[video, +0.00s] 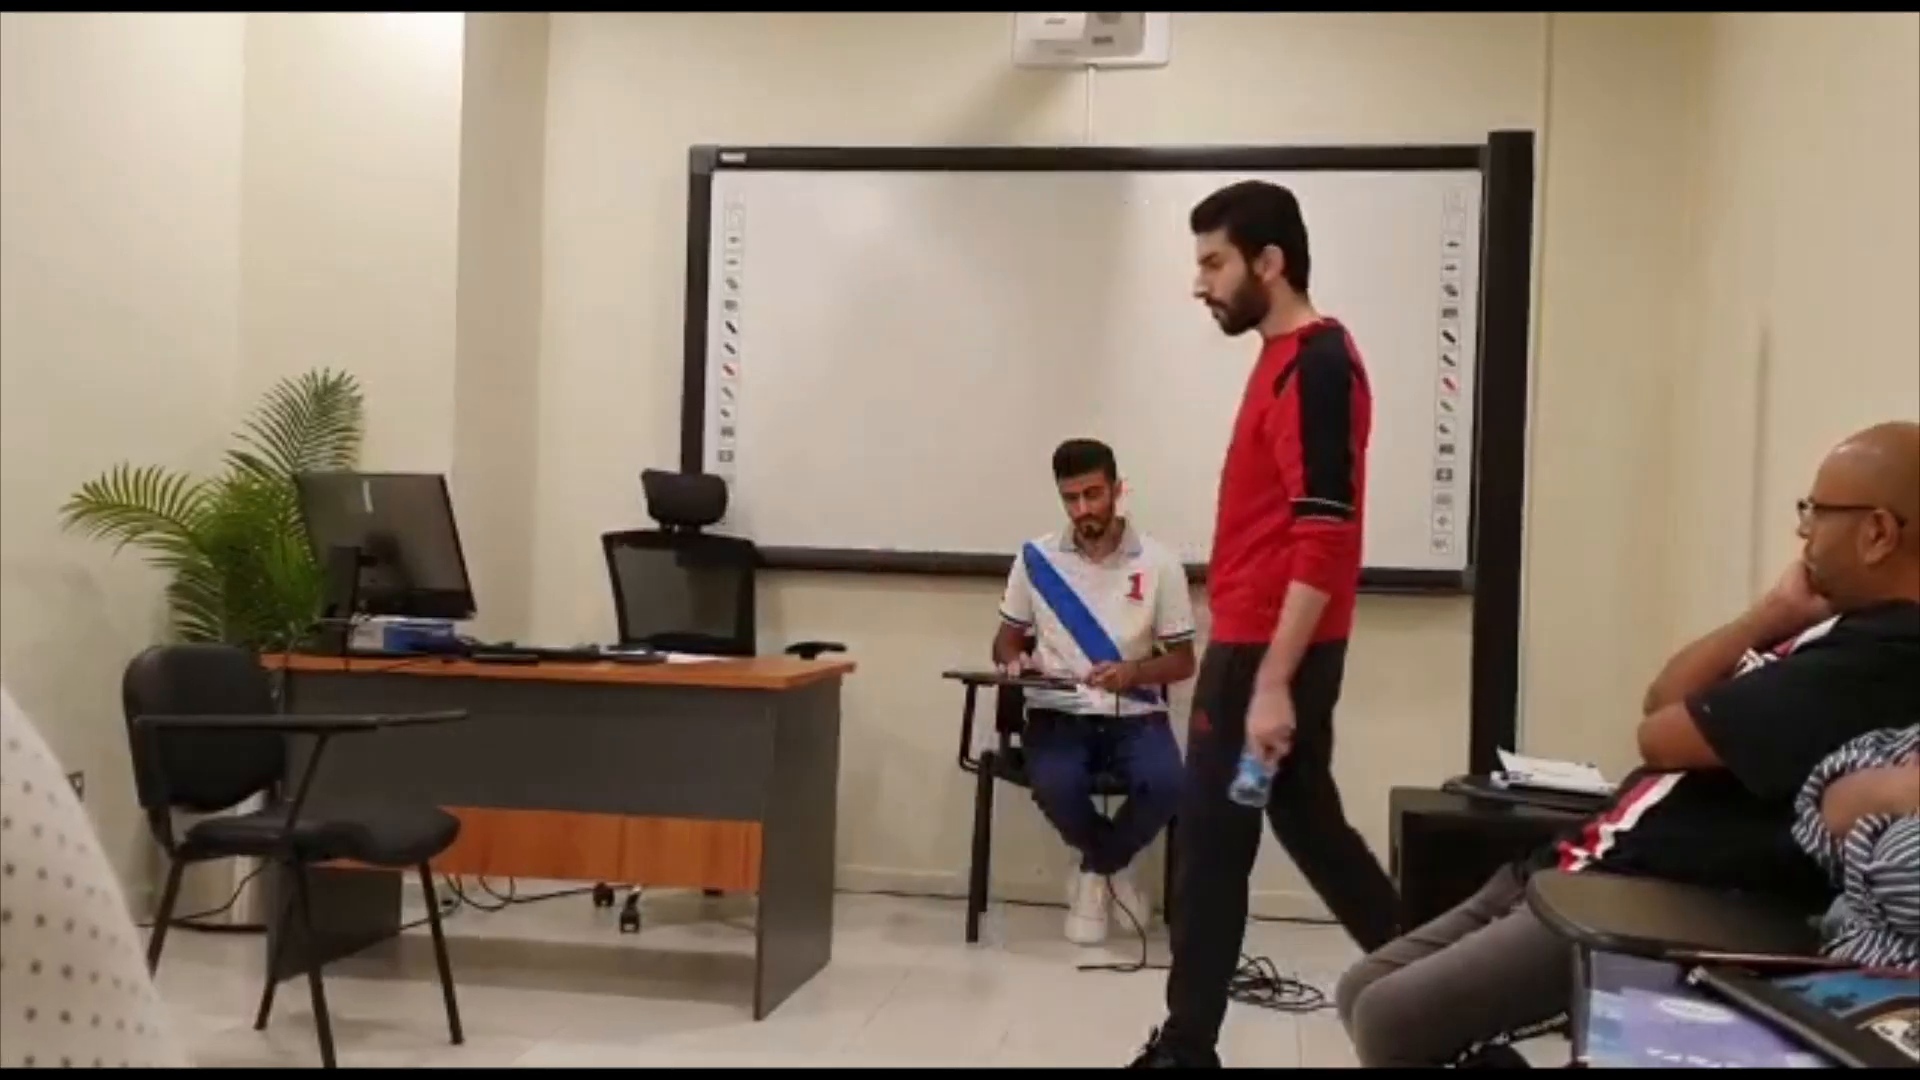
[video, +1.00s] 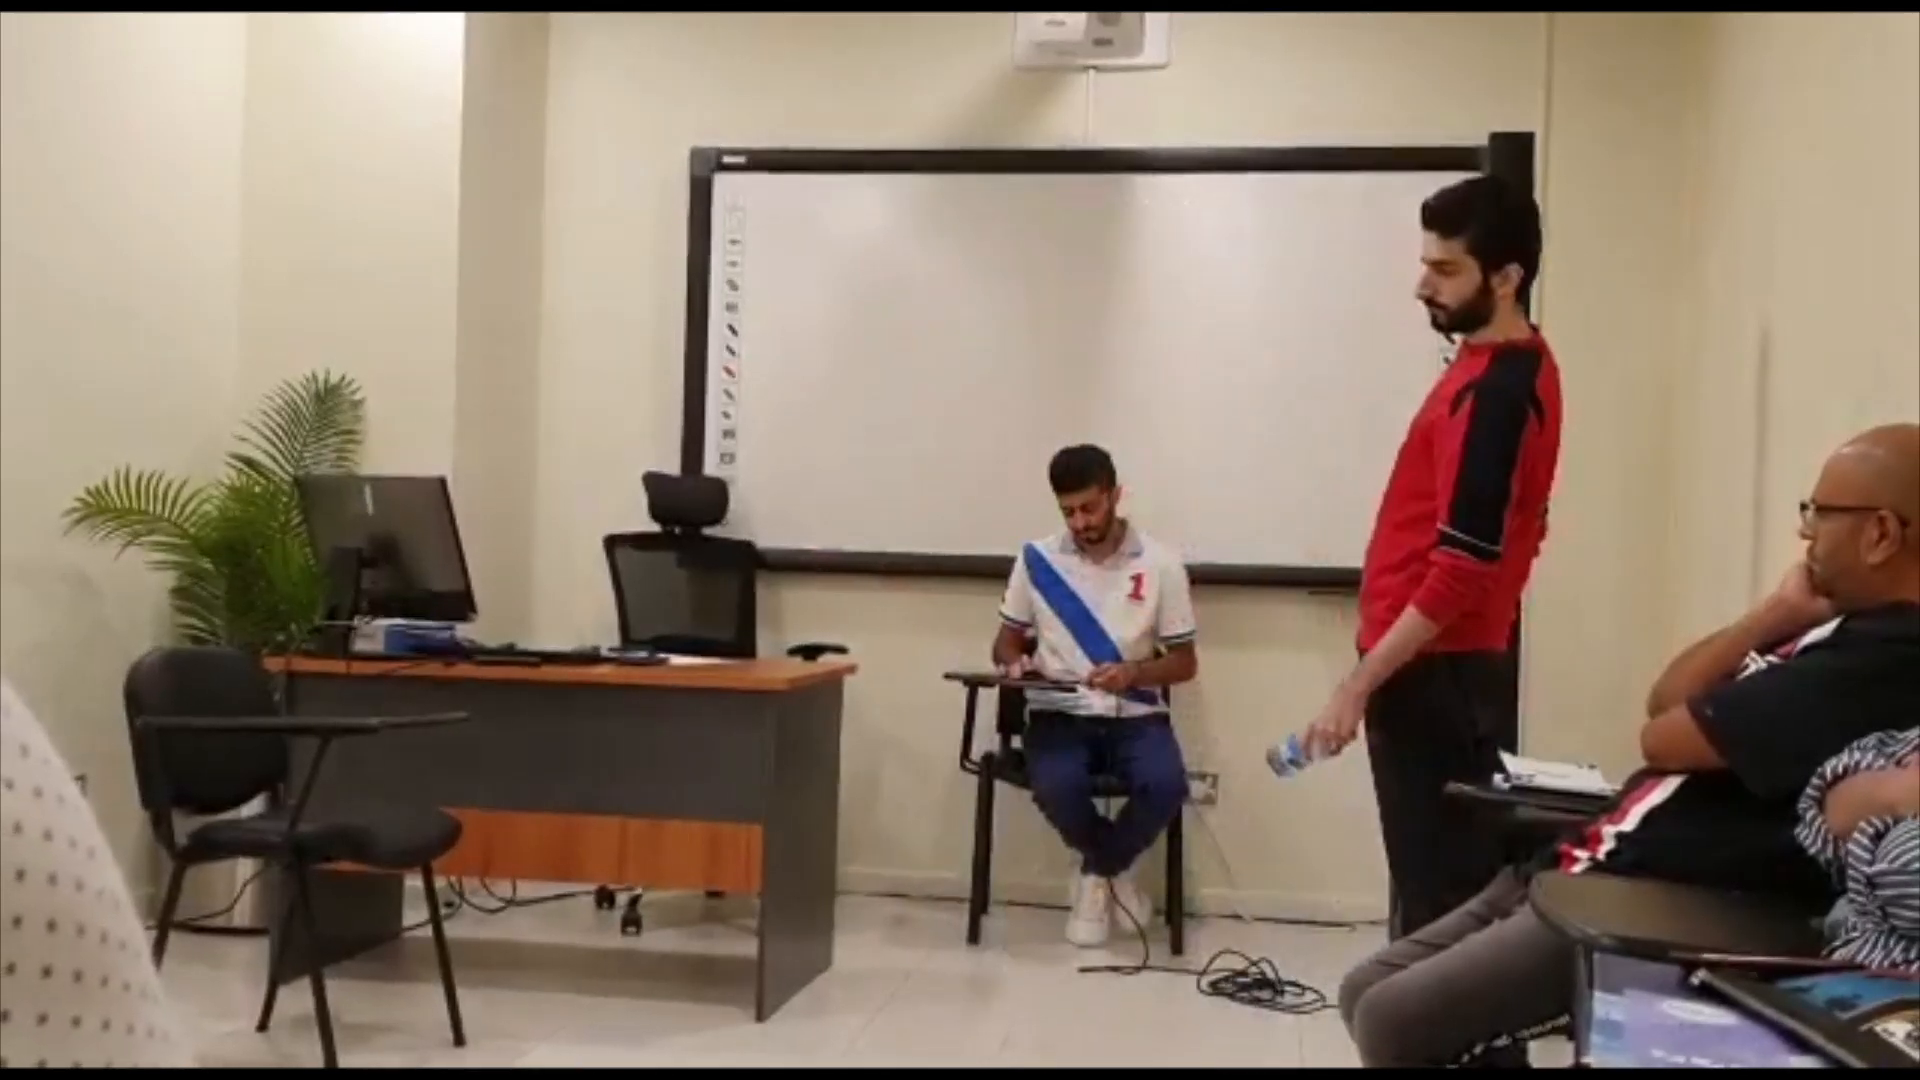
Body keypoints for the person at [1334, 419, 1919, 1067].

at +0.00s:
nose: (1801, 534)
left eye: (1814, 514)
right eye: (1806, 513)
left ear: (1880, 533)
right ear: (1881, 533)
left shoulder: (1884, 650)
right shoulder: (1854, 627)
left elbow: (1663, 741)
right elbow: (1662, 701)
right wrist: (1778, 612)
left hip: (1641, 906)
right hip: (1589, 862)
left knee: (1387, 1021)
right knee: (1363, 988)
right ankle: (1486, 1060)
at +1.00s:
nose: (1803, 534)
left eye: (1817, 515)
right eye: (1808, 514)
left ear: (1883, 535)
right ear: (1882, 535)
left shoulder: (1887, 652)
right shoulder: (1851, 628)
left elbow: (1666, 744)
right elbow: (1665, 701)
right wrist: (1781, 612)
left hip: (1642, 909)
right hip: (1592, 866)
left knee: (1389, 1022)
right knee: (1365, 988)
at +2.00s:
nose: (1800, 538)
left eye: (1813, 517)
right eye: (1804, 516)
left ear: (1880, 534)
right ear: (1880, 534)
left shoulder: (1882, 654)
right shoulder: (1854, 629)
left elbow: (1664, 745)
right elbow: (1665, 703)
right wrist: (1779, 614)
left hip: (1638, 907)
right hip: (1589, 866)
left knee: (1389, 1024)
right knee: (1364, 990)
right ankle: (1488, 1062)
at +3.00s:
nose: (1800, 535)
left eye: (1813, 515)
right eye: (1804, 515)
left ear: (1880, 534)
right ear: (1880, 534)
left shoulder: (1879, 654)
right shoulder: (1856, 629)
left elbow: (1665, 742)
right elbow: (1664, 703)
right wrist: (1782, 612)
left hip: (1628, 909)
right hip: (1580, 865)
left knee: (1385, 1023)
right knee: (1363, 990)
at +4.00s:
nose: (1803, 538)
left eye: (1813, 517)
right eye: (1805, 517)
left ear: (1880, 532)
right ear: (1880, 532)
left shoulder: (1882, 655)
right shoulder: (1855, 631)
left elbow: (1667, 743)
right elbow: (1664, 704)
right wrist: (1781, 611)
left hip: (1633, 904)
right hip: (1585, 863)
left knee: (1386, 1021)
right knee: (1363, 988)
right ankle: (1480, 1062)